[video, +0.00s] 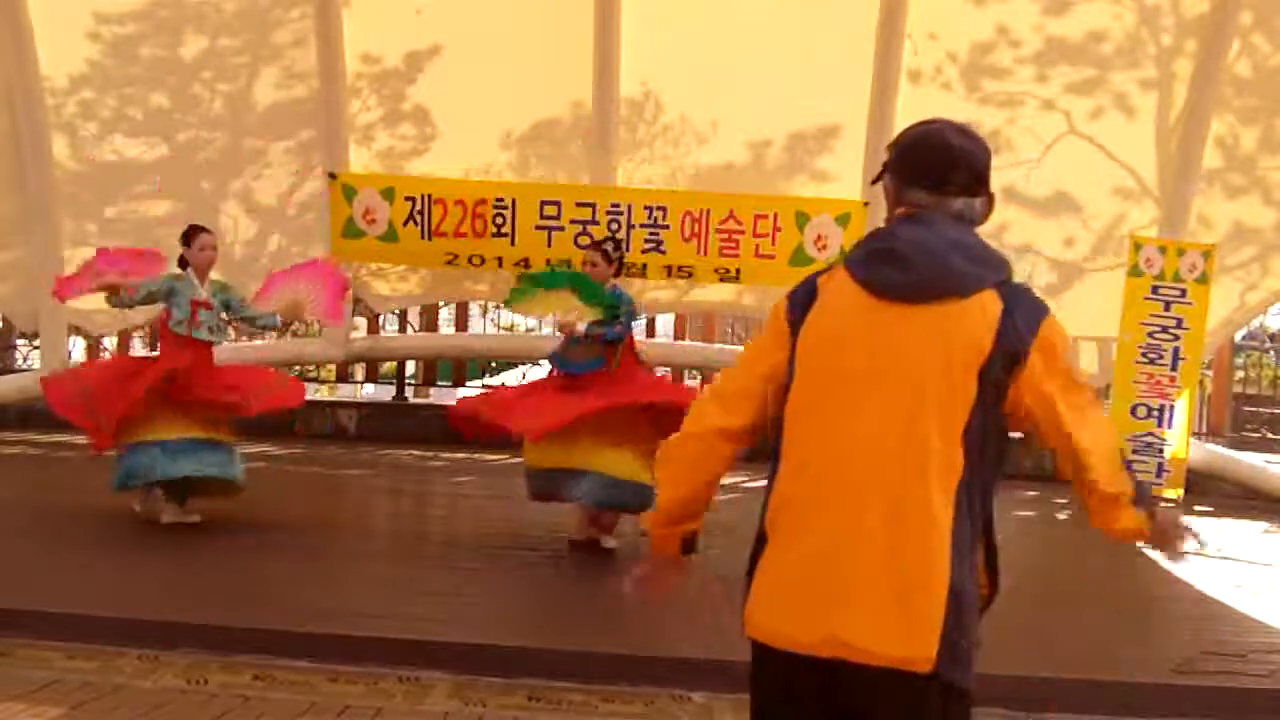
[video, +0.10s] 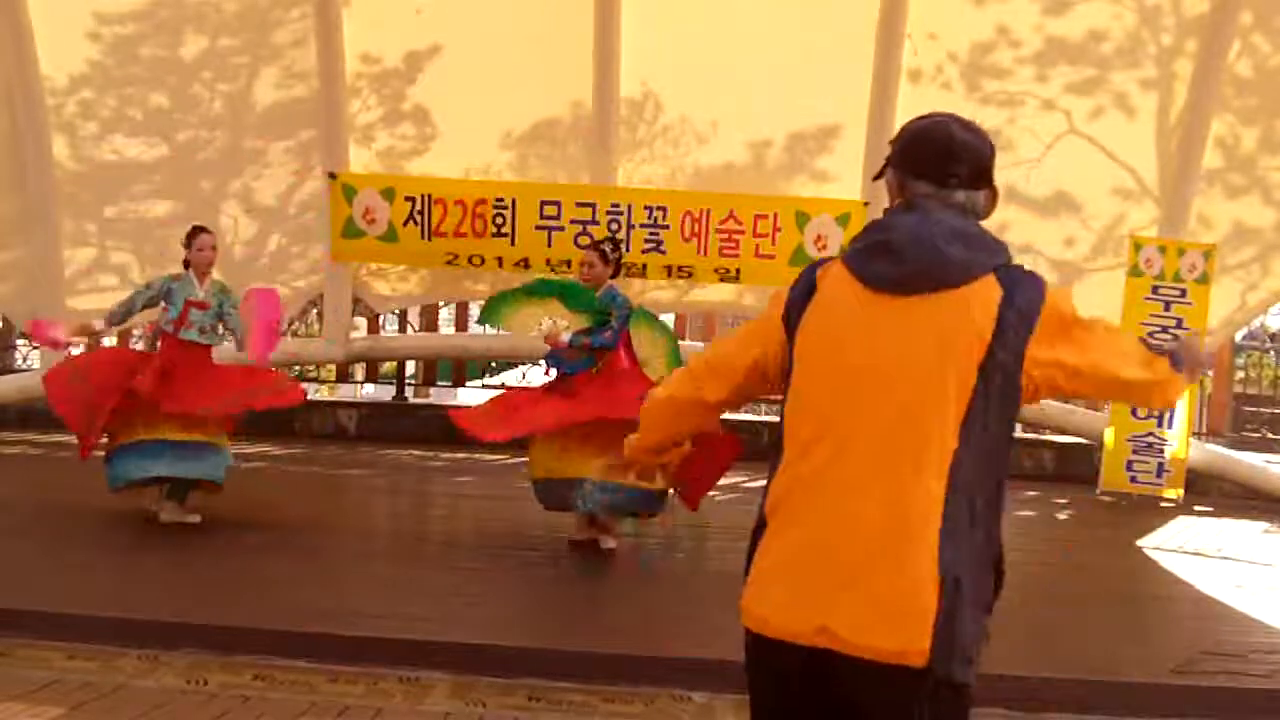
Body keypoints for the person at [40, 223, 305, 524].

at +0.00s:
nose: (212, 255)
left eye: (214, 249)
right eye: (205, 249)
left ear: (216, 253)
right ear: (187, 252)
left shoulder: (221, 291)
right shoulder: (174, 284)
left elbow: (251, 316)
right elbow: (139, 296)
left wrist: (284, 317)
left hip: (201, 368)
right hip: (170, 365)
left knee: (188, 431)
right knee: (162, 428)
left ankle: (175, 502)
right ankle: (151, 492)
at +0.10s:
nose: (208, 255)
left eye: (212, 249)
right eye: (201, 249)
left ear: (217, 253)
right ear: (187, 253)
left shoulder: (223, 294)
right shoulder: (172, 285)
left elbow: (241, 329)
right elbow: (136, 301)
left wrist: (255, 350)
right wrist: (109, 323)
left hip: (200, 363)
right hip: (167, 361)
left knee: (193, 428)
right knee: (162, 423)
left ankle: (173, 502)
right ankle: (158, 496)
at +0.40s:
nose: (184, 247)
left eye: (190, 242)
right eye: (180, 242)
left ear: (202, 247)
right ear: (175, 246)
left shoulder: (207, 279)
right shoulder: (167, 277)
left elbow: (207, 322)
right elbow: (151, 314)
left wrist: (168, 326)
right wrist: (145, 329)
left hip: (196, 356)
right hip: (167, 355)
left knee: (193, 416)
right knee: (170, 415)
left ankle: (191, 486)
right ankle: (176, 486)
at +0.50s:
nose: (181, 247)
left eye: (188, 242)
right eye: (177, 241)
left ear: (201, 246)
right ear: (171, 245)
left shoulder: (206, 278)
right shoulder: (165, 277)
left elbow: (208, 321)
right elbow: (152, 315)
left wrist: (168, 323)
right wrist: (147, 324)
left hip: (195, 357)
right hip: (166, 355)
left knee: (194, 416)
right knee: (165, 415)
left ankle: (192, 486)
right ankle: (171, 484)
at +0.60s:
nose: (180, 248)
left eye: (186, 243)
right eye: (175, 243)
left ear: (199, 248)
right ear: (170, 247)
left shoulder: (205, 281)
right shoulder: (165, 279)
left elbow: (207, 325)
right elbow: (155, 320)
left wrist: (165, 325)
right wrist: (148, 321)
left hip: (192, 359)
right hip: (165, 358)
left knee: (190, 421)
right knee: (167, 421)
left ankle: (190, 490)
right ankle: (174, 489)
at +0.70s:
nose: (178, 251)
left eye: (185, 246)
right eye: (174, 246)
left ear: (198, 251)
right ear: (169, 250)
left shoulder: (205, 284)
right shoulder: (163, 284)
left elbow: (208, 329)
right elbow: (145, 320)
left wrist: (167, 330)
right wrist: (140, 325)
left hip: (193, 362)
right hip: (162, 360)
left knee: (195, 423)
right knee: (156, 423)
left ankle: (198, 493)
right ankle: (162, 492)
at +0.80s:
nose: (176, 254)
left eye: (182, 249)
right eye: (172, 250)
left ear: (197, 253)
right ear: (168, 254)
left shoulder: (206, 288)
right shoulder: (163, 287)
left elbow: (215, 333)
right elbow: (139, 325)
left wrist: (173, 338)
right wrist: (147, 332)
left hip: (196, 367)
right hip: (164, 365)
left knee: (197, 428)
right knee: (159, 425)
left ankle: (207, 495)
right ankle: (166, 493)